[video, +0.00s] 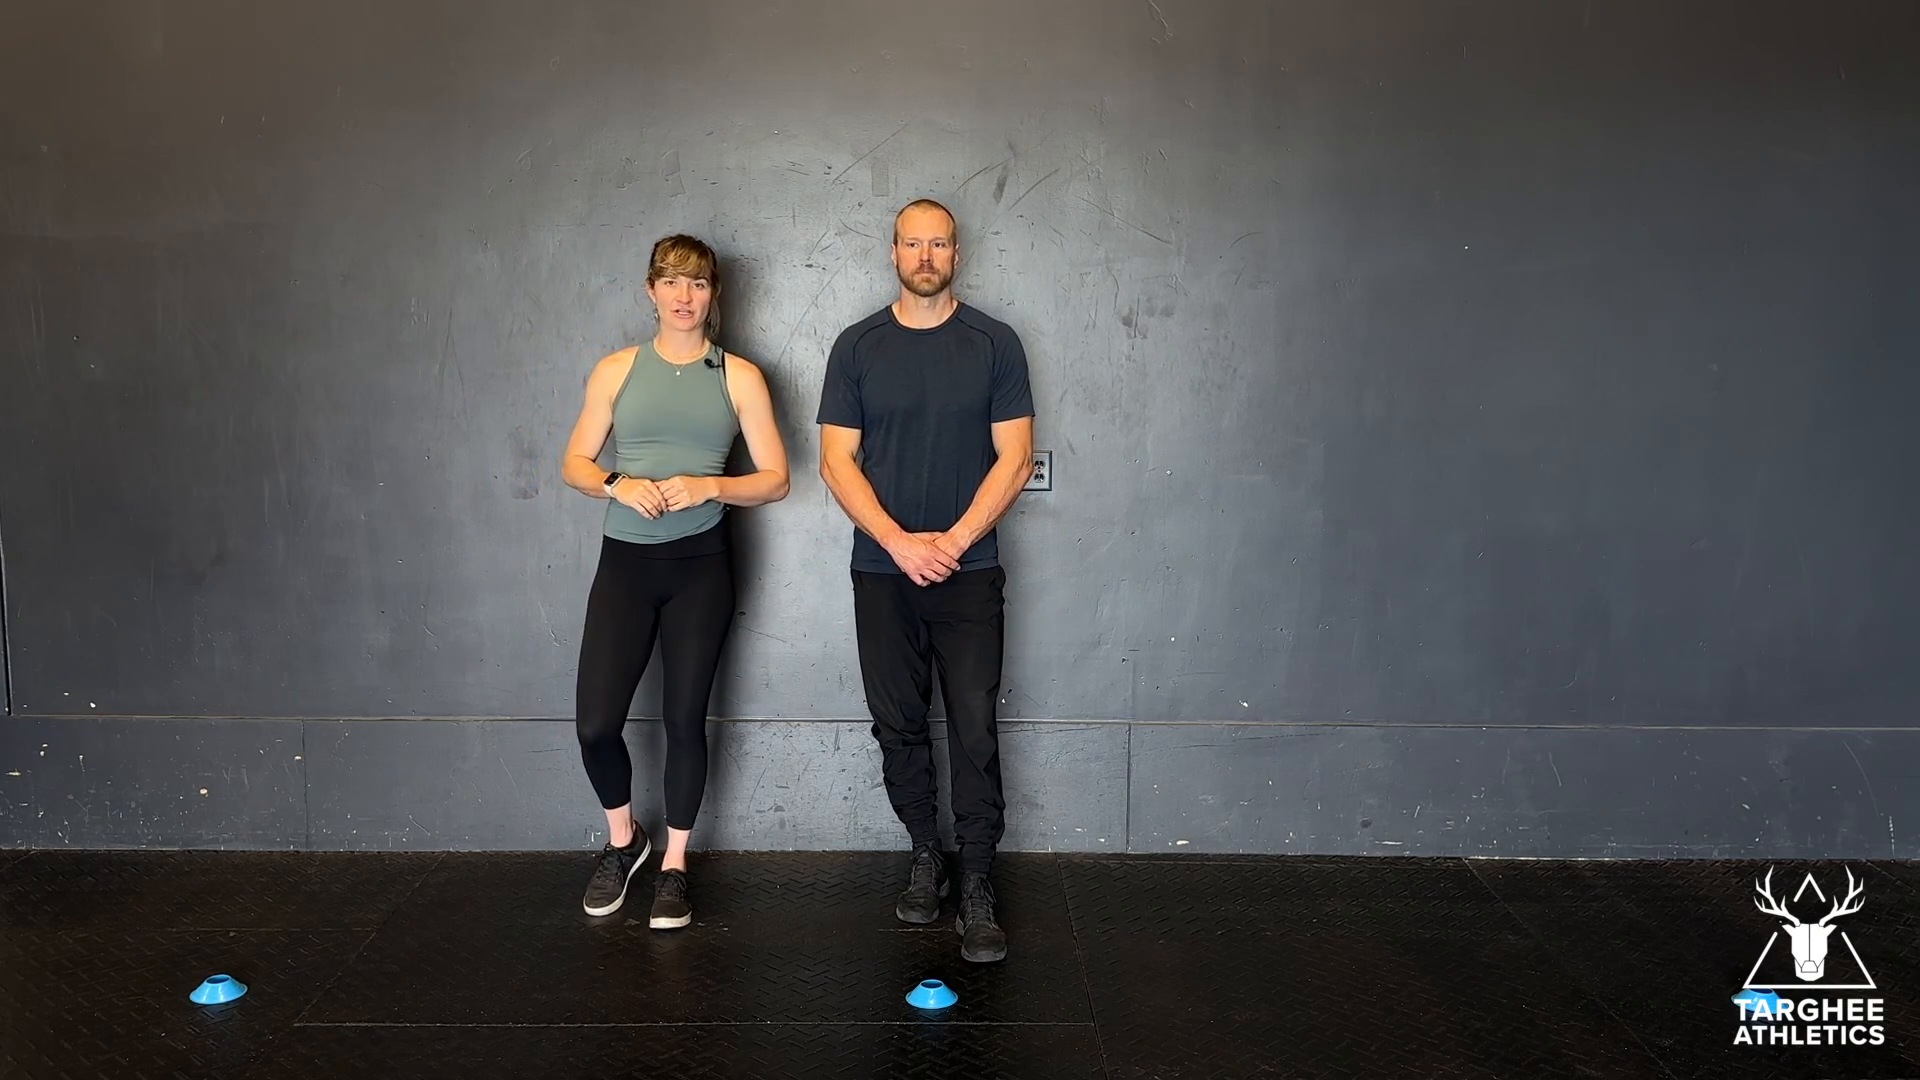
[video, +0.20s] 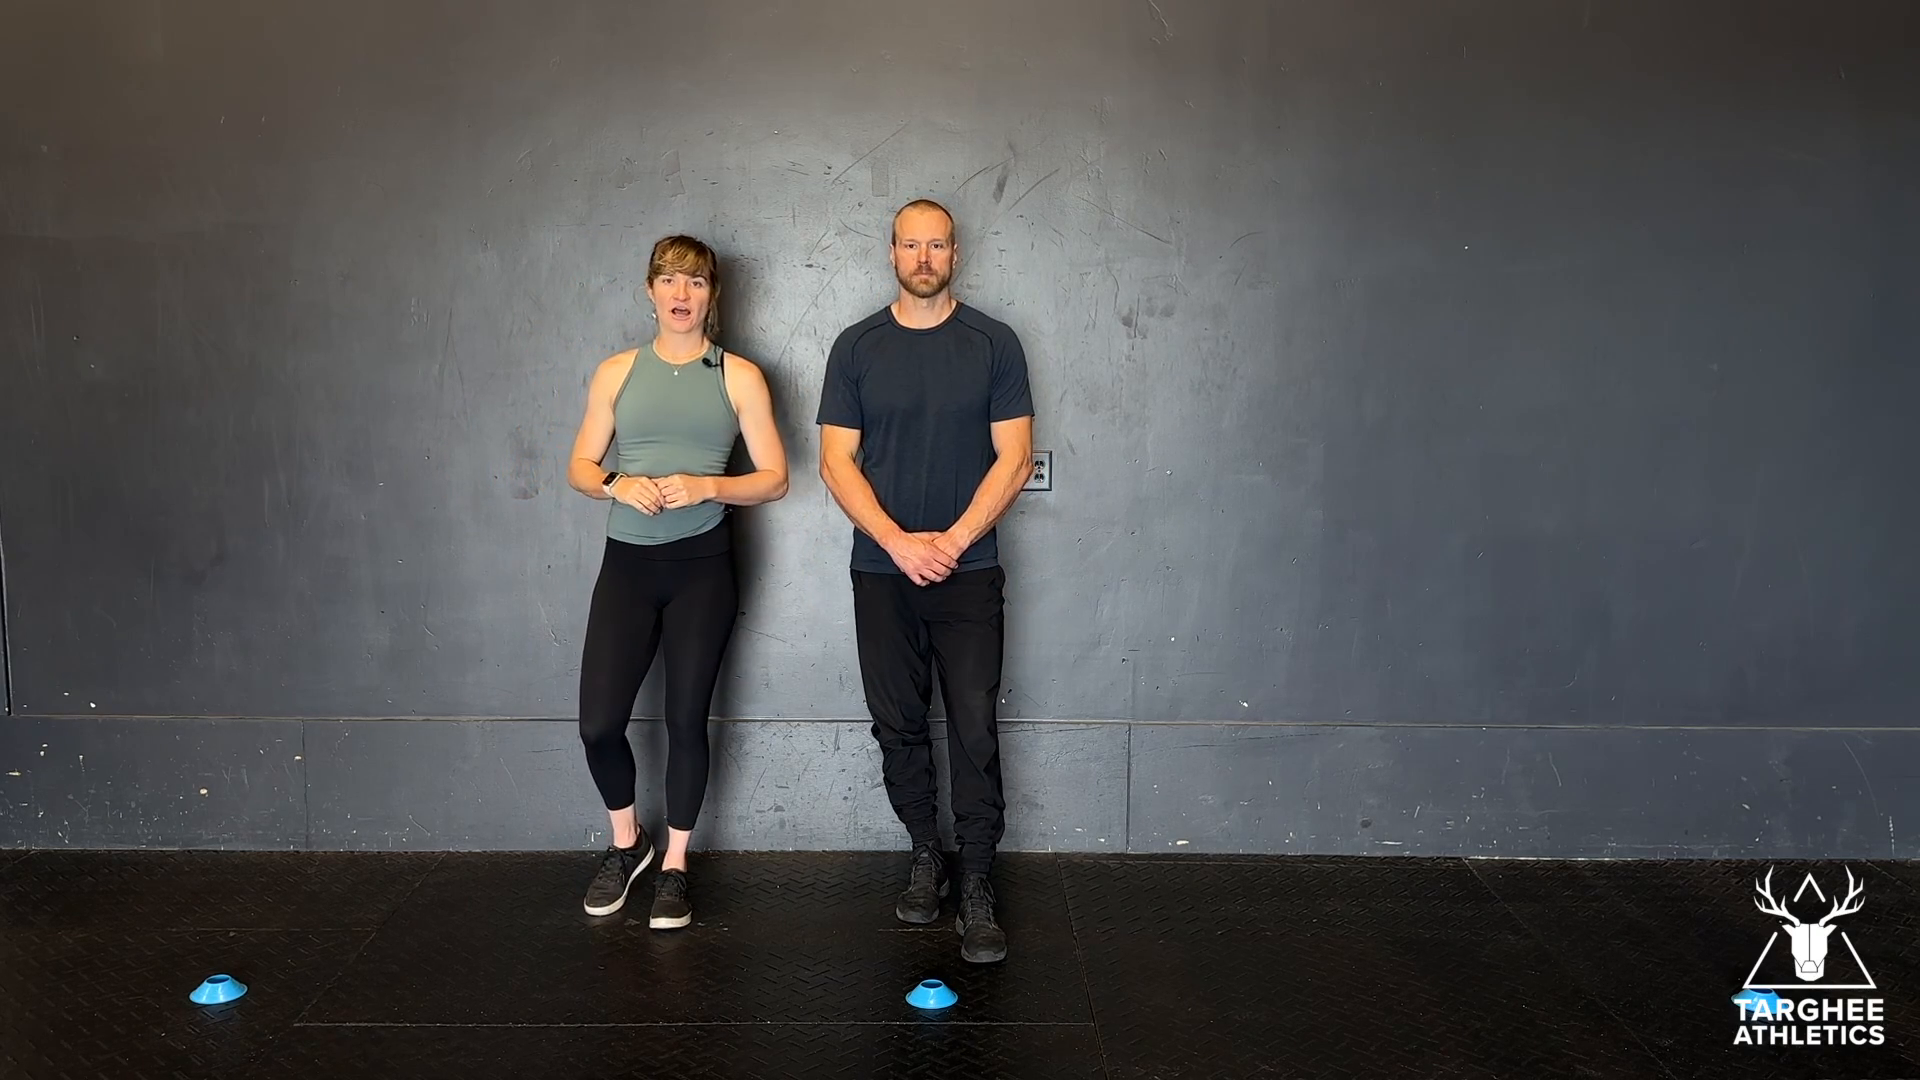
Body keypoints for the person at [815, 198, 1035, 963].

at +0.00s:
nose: (926, 255)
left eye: (938, 243)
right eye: (913, 243)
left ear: (956, 254)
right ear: (894, 253)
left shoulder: (994, 343)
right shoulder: (856, 347)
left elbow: (1016, 460)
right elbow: (836, 462)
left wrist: (952, 542)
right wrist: (896, 540)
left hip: (968, 570)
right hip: (883, 570)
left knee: (974, 732)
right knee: (900, 727)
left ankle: (978, 887)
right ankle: (928, 859)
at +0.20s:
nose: (923, 256)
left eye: (936, 244)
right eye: (911, 244)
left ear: (954, 255)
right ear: (892, 254)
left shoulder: (993, 343)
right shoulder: (855, 347)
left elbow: (1016, 459)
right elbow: (836, 463)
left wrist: (951, 542)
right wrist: (895, 540)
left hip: (968, 569)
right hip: (883, 569)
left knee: (974, 731)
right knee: (900, 727)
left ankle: (978, 884)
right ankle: (929, 859)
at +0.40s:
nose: (923, 255)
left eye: (936, 244)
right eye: (910, 243)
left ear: (953, 255)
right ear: (891, 253)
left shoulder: (992, 342)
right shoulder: (855, 347)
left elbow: (1016, 460)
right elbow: (835, 462)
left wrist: (950, 542)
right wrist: (894, 539)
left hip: (968, 568)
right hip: (883, 568)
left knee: (974, 729)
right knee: (899, 726)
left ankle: (977, 883)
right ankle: (930, 858)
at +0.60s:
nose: (925, 260)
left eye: (937, 248)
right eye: (912, 248)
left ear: (954, 255)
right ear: (892, 255)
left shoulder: (992, 342)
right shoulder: (855, 347)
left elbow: (1015, 459)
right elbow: (835, 462)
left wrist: (950, 542)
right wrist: (894, 539)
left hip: (967, 568)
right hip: (882, 568)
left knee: (973, 730)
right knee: (899, 726)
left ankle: (978, 884)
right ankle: (930, 857)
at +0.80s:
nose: (923, 283)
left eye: (935, 270)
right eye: (910, 272)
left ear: (953, 262)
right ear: (891, 265)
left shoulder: (993, 343)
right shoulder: (856, 347)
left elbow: (1015, 462)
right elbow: (835, 462)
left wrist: (951, 541)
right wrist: (896, 537)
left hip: (967, 570)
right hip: (884, 570)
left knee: (974, 728)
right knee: (898, 724)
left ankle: (977, 881)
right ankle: (929, 857)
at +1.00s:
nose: (925, 289)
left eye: (936, 276)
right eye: (911, 278)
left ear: (953, 265)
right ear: (892, 269)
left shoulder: (993, 343)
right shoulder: (856, 347)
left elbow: (1015, 462)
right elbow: (836, 465)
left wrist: (953, 541)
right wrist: (897, 540)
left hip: (968, 570)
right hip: (885, 571)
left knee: (974, 728)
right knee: (900, 726)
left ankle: (977, 882)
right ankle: (929, 857)